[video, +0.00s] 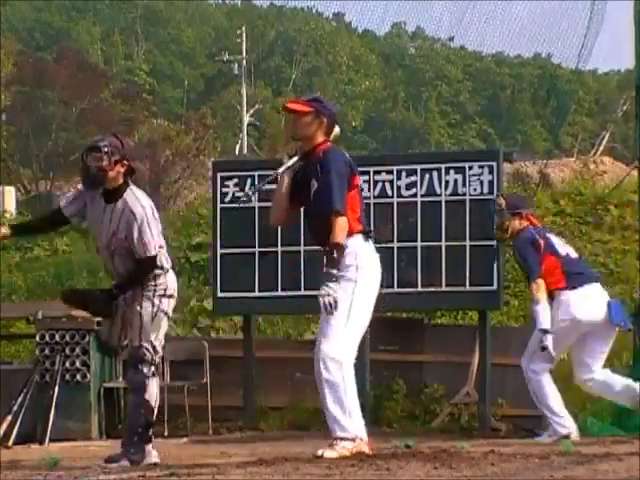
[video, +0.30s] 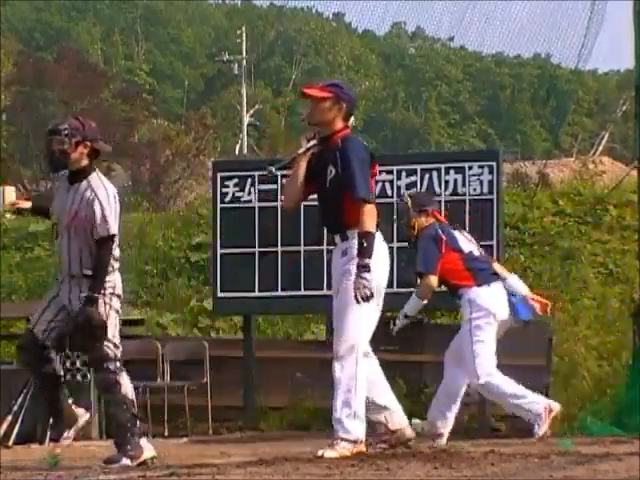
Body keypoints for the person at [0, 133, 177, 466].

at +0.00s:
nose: (99, 170)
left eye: (106, 164)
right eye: (95, 164)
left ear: (124, 167)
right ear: (90, 167)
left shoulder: (137, 207)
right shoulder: (91, 196)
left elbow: (150, 263)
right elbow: (55, 219)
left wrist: (113, 293)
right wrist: (12, 231)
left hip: (154, 286)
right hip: (129, 286)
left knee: (142, 363)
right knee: (135, 363)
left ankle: (139, 447)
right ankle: (138, 443)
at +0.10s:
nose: (91, 158)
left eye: (99, 152)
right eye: (90, 151)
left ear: (115, 157)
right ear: (89, 156)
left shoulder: (126, 197)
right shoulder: (84, 184)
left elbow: (131, 257)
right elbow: (47, 191)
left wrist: (97, 293)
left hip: (136, 285)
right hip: (111, 284)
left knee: (134, 364)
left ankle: (139, 446)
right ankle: (138, 441)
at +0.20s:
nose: (73, 152)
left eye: (81, 146)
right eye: (72, 146)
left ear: (100, 151)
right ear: (76, 152)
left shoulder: (116, 192)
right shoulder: (76, 183)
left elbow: (119, 251)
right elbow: (53, 194)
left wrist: (94, 294)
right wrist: (26, 175)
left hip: (116, 283)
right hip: (85, 280)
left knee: (117, 361)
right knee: (49, 336)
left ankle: (135, 445)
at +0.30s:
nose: (64, 150)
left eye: (72, 145)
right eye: (63, 144)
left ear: (88, 151)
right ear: (66, 149)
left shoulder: (100, 191)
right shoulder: (63, 183)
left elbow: (105, 249)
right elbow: (52, 210)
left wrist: (94, 299)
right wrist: (23, 205)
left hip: (99, 290)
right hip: (68, 288)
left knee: (106, 363)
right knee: (33, 348)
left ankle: (133, 443)